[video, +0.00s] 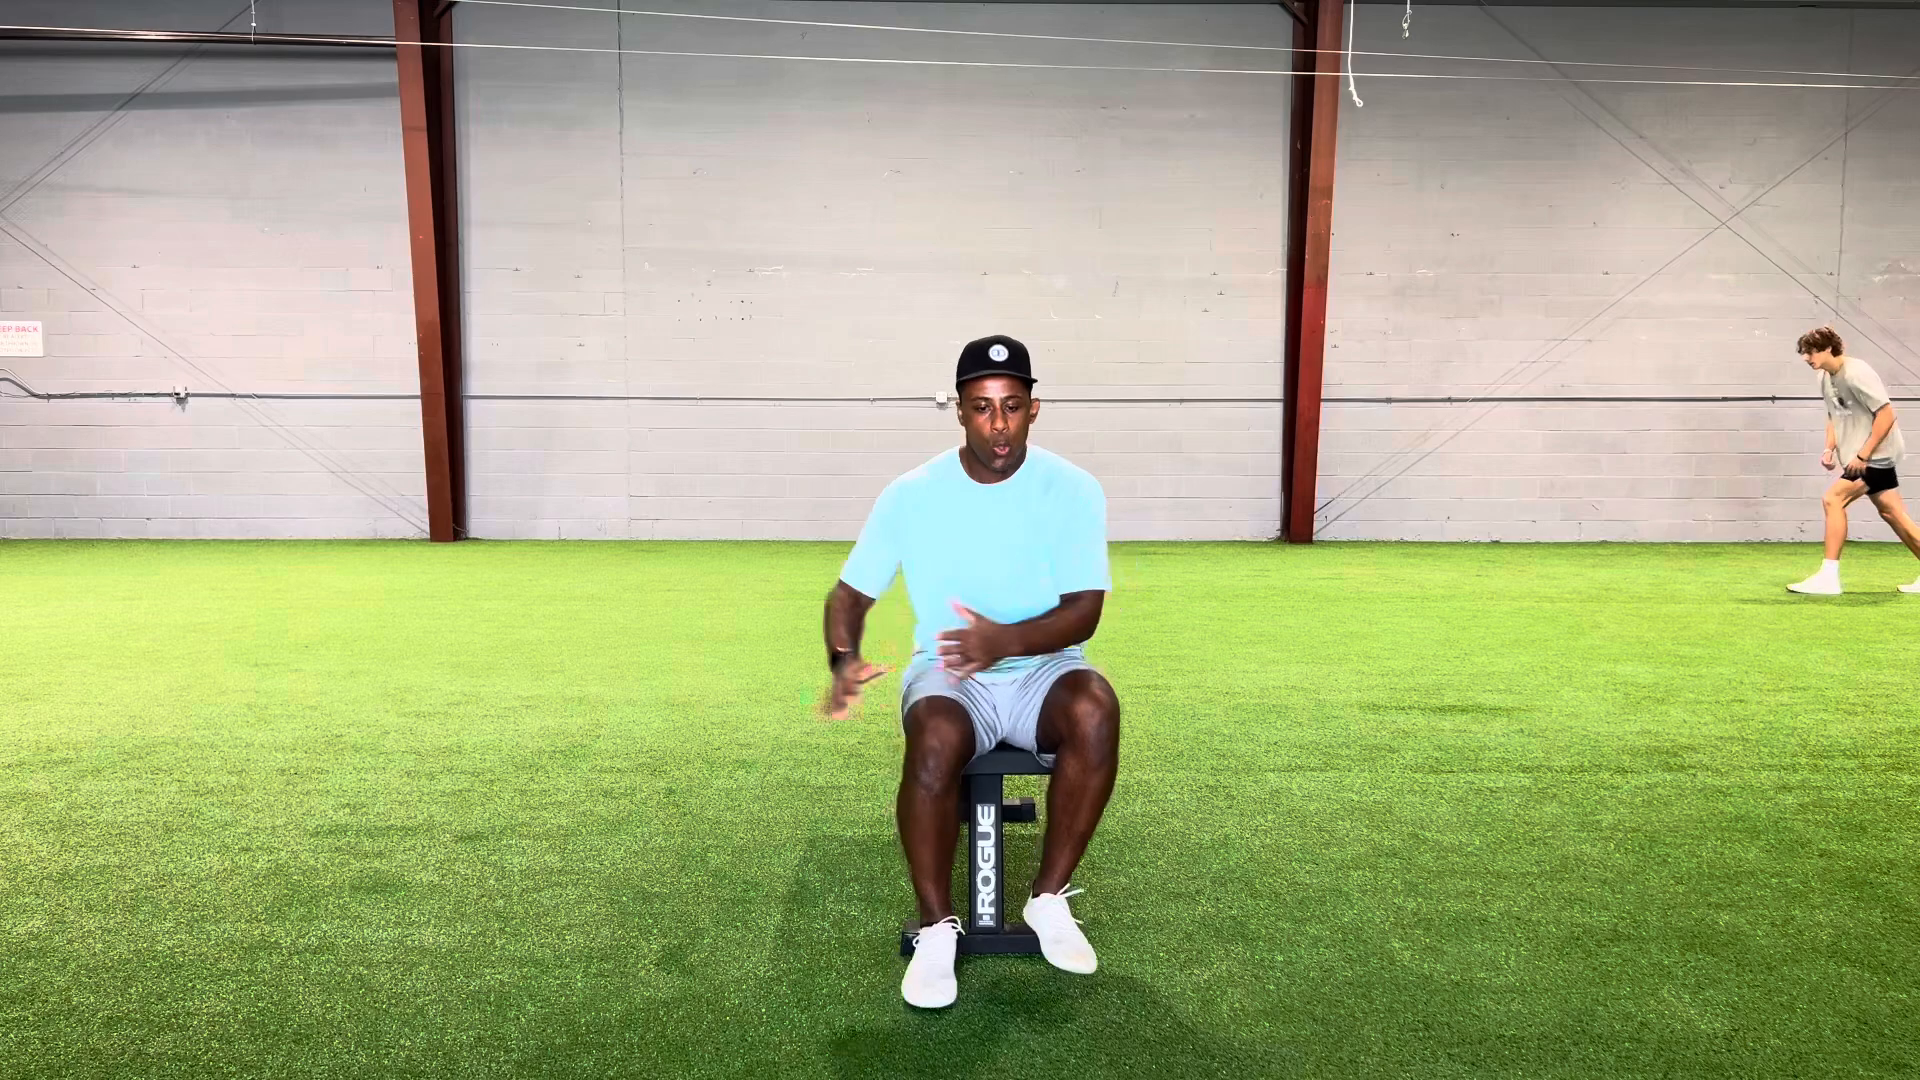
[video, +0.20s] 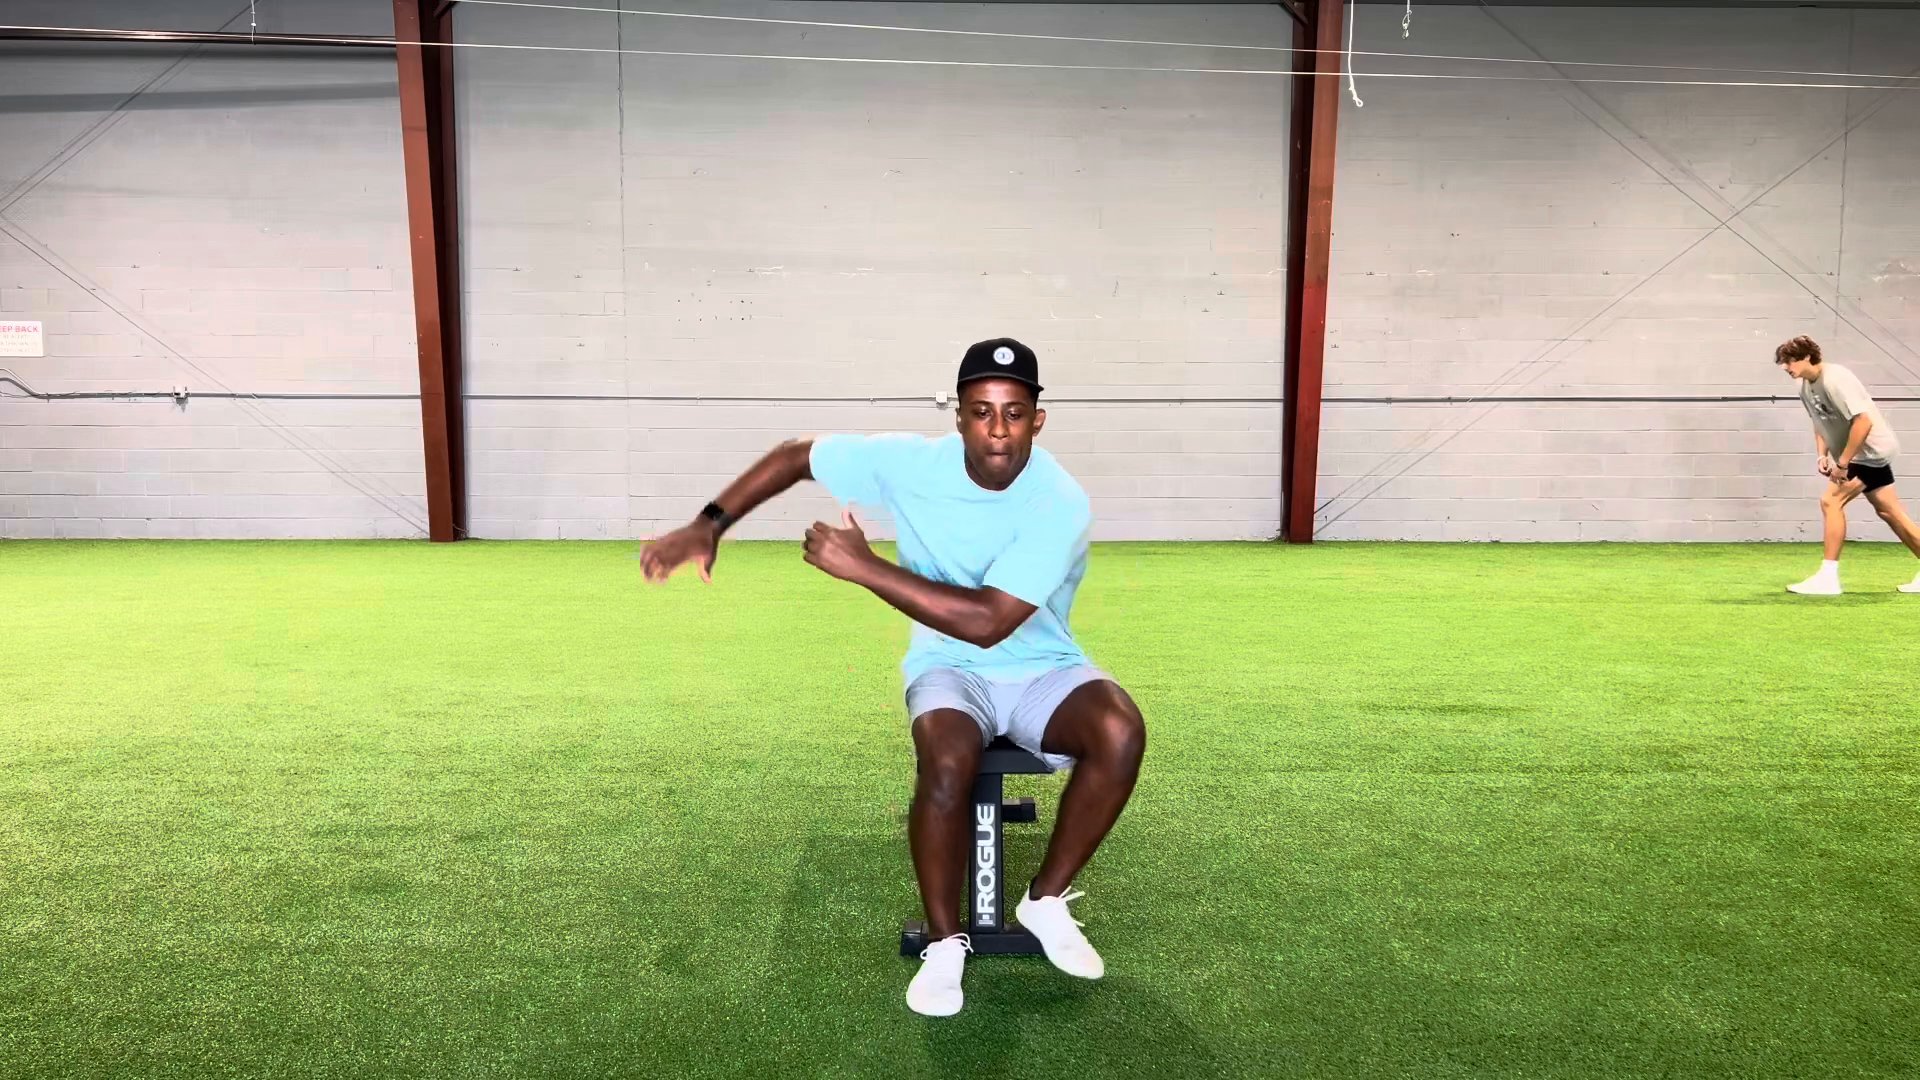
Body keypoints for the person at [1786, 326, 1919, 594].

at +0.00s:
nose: (1807, 359)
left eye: (1811, 353)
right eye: (1804, 354)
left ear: (1828, 349)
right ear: (1818, 353)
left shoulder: (1856, 371)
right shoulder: (1827, 379)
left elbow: (1887, 414)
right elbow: (1833, 417)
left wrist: (1863, 455)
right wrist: (1830, 448)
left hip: (1879, 456)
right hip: (1867, 457)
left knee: (1833, 500)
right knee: (1893, 513)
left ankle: (1828, 576)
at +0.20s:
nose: (1787, 369)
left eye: (1790, 362)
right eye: (1785, 364)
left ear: (1807, 358)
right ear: (1801, 361)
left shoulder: (1835, 378)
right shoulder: (1806, 388)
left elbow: (1862, 421)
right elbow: (1819, 423)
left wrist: (1843, 462)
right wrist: (1822, 454)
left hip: (1872, 454)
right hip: (1865, 454)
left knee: (1831, 502)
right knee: (1890, 511)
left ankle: (1828, 577)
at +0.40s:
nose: (1776, 376)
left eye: (1780, 369)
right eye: (1774, 371)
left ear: (1798, 364)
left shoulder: (1825, 384)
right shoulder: (1798, 392)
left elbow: (1851, 426)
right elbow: (1813, 429)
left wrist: (1832, 466)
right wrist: (1815, 460)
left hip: (1868, 453)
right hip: (1863, 453)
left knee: (1822, 503)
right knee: (1884, 512)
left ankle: (1826, 576)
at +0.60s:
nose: (1775, 384)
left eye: (1777, 377)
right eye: (1772, 379)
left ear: (1792, 370)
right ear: (1788, 373)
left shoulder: (1823, 386)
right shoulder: (1796, 396)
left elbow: (1850, 427)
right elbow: (1811, 431)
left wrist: (1835, 471)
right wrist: (1814, 463)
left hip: (1869, 454)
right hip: (1863, 456)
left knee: (1822, 502)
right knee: (1885, 514)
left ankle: (1826, 576)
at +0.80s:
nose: (1770, 389)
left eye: (1772, 382)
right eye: (1767, 384)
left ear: (1786, 374)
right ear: (1782, 377)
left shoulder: (1819, 389)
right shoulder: (1793, 399)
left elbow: (1850, 428)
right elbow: (1810, 434)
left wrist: (1844, 471)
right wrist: (1812, 466)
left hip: (1867, 455)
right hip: (1861, 457)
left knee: (1821, 502)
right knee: (1886, 515)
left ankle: (1826, 576)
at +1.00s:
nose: (1767, 400)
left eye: (1766, 393)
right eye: (1762, 397)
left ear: (1777, 383)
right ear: (1775, 386)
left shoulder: (1813, 395)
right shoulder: (1788, 409)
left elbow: (1848, 430)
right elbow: (1806, 441)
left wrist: (1860, 472)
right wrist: (1804, 470)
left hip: (1861, 460)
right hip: (1854, 461)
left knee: (1819, 502)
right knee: (1882, 517)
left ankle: (1826, 577)